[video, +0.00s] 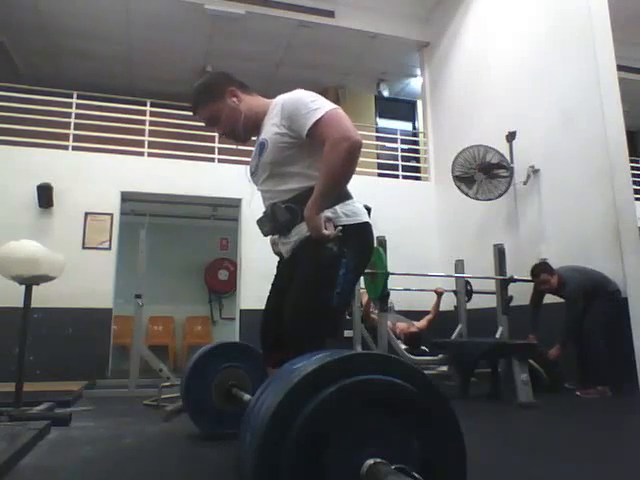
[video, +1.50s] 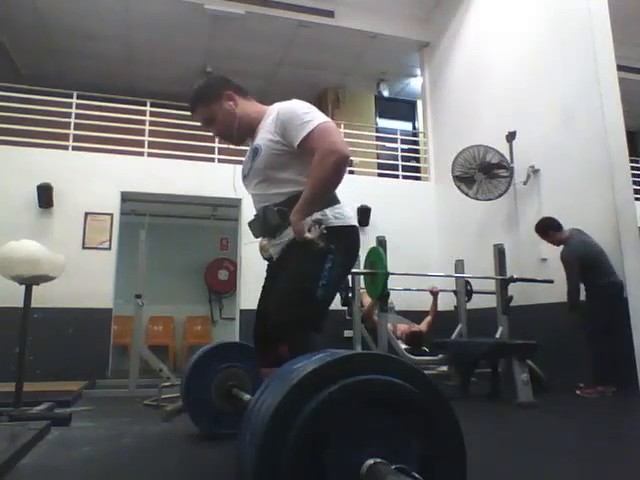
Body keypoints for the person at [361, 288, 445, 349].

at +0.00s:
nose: (404, 327)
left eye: (403, 331)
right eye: (409, 328)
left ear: (399, 337)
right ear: (412, 327)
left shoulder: (384, 329)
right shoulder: (417, 328)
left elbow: (367, 318)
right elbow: (432, 315)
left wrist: (369, 299)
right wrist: (439, 297)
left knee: (363, 294)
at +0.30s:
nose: (412, 327)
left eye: (408, 331)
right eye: (414, 329)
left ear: (401, 337)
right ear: (415, 328)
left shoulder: (385, 332)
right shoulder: (420, 329)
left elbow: (367, 318)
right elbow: (432, 315)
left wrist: (370, 298)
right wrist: (438, 297)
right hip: (388, 312)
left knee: (363, 294)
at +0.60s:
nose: (413, 326)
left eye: (411, 330)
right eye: (416, 328)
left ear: (401, 336)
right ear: (416, 328)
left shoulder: (384, 332)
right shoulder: (420, 331)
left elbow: (368, 317)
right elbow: (434, 316)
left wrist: (369, 297)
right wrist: (439, 297)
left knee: (363, 294)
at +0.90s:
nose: (414, 327)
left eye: (412, 330)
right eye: (416, 329)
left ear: (402, 337)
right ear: (417, 329)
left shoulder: (386, 333)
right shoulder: (420, 331)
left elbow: (368, 319)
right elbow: (433, 316)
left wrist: (370, 299)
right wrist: (438, 298)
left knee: (364, 294)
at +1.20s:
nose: (413, 326)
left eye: (411, 330)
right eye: (415, 328)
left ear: (402, 337)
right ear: (417, 329)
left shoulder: (386, 333)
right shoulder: (421, 331)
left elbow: (369, 319)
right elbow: (434, 317)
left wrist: (370, 301)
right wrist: (439, 297)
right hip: (390, 314)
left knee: (364, 295)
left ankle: (360, 292)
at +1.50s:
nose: (412, 327)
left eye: (410, 330)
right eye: (414, 329)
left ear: (403, 338)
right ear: (417, 330)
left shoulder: (388, 334)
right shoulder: (421, 331)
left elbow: (367, 318)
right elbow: (431, 316)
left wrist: (376, 301)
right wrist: (435, 297)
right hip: (390, 314)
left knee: (363, 294)